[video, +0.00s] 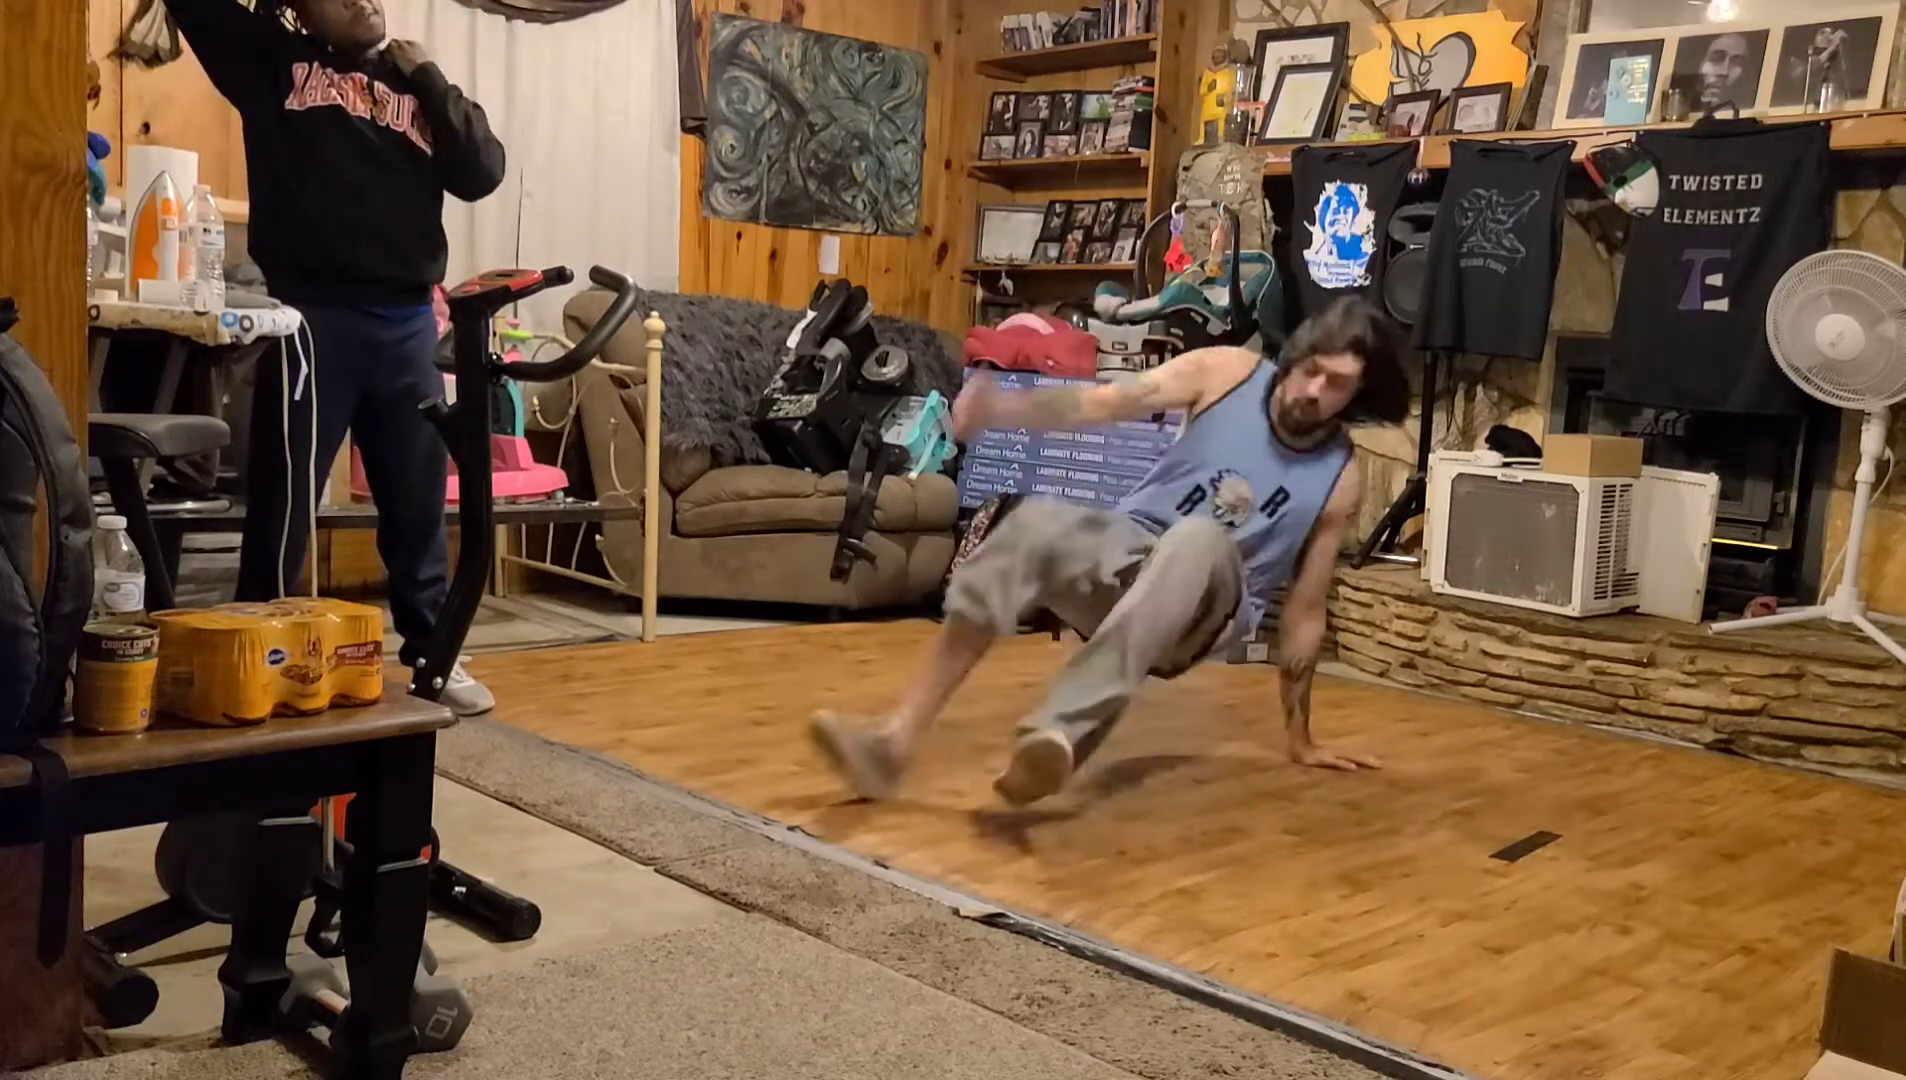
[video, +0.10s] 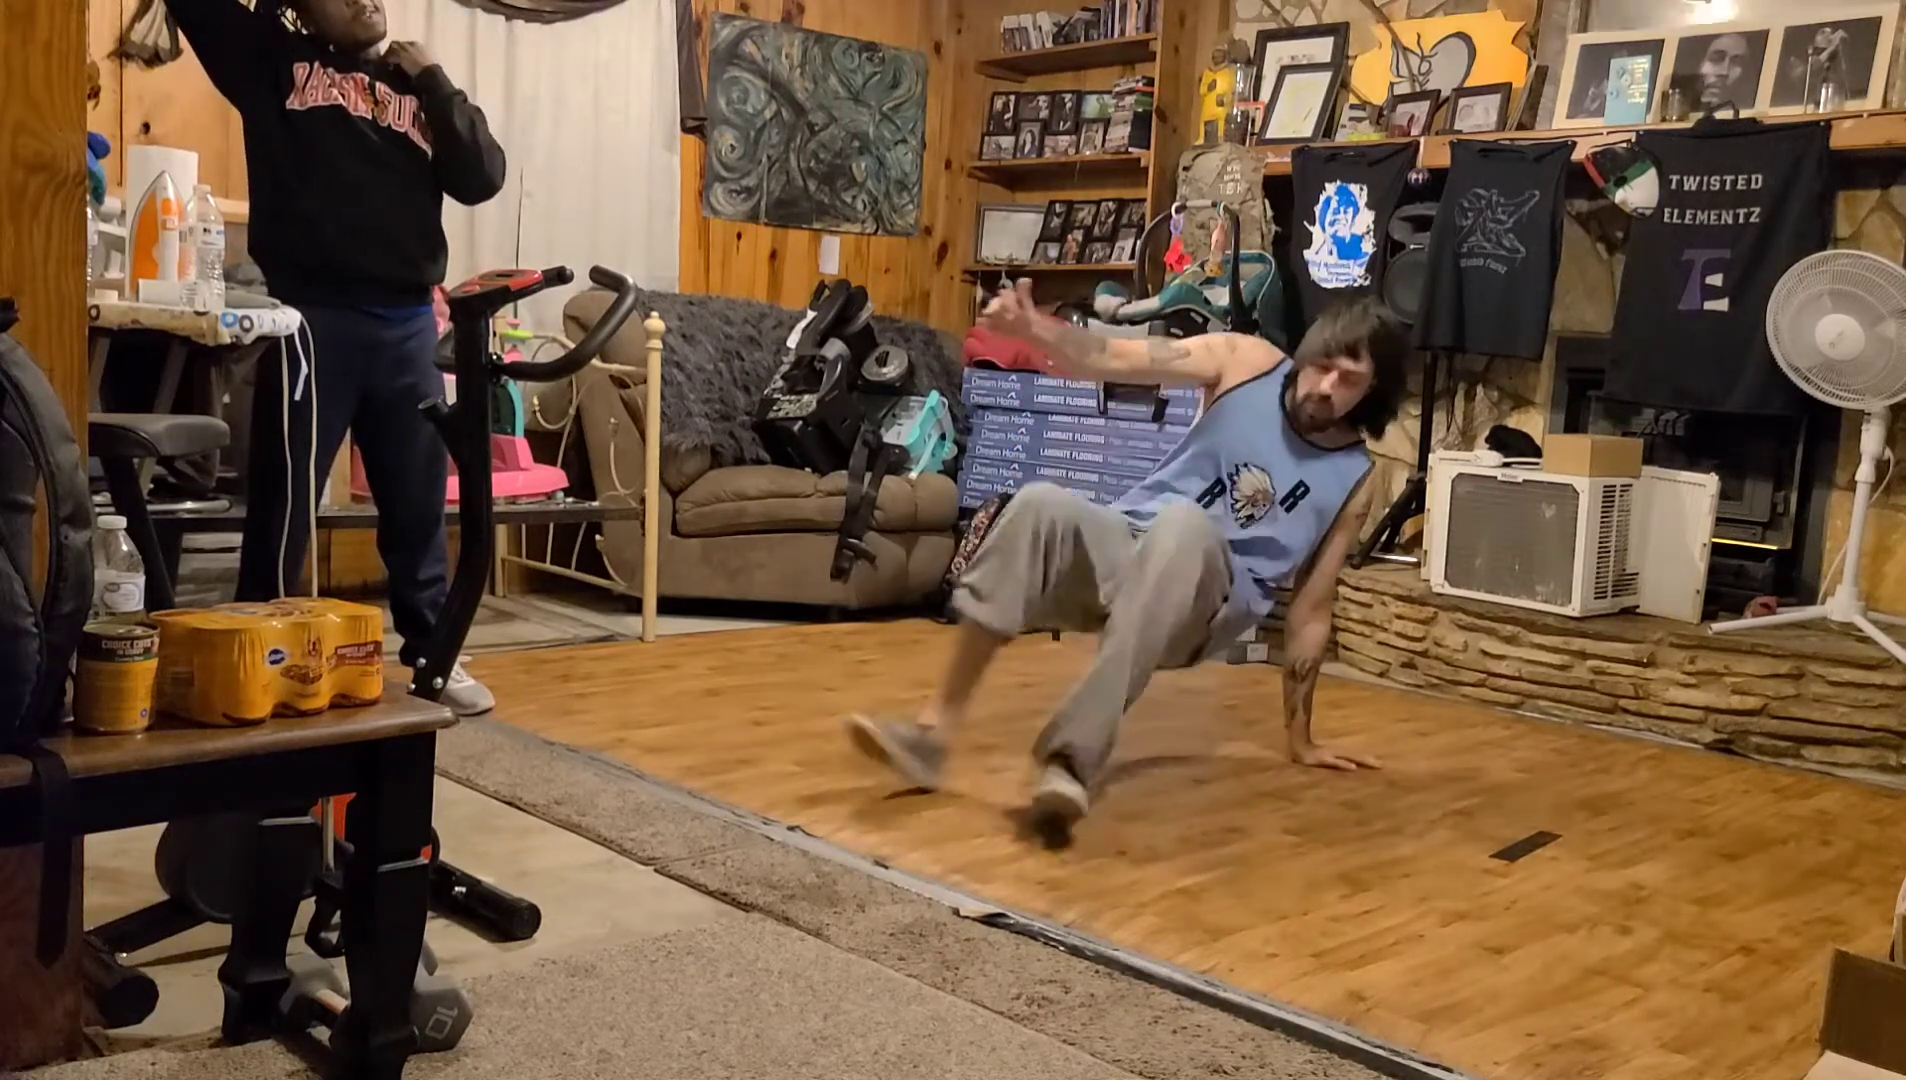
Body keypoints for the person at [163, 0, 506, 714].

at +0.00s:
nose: (366, 5)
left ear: (375, 7)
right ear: (300, 10)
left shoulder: (418, 84)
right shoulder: (270, 60)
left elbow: (481, 175)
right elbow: (191, 2)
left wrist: (429, 82)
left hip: (405, 323)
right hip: (308, 317)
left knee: (417, 502)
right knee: (284, 503)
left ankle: (434, 657)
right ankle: (259, 662)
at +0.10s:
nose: (366, 1)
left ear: (379, 6)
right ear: (300, 10)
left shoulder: (422, 87)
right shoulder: (271, 59)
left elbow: (481, 180)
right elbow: (192, 2)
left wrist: (432, 82)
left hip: (405, 323)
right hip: (308, 318)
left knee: (417, 503)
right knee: (284, 504)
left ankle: (434, 657)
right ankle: (258, 663)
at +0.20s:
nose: (368, 3)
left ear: (378, 6)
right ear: (304, 11)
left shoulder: (420, 85)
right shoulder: (271, 58)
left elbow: (481, 170)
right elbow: (194, 1)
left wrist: (438, 69)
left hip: (405, 322)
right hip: (308, 318)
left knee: (417, 502)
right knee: (284, 504)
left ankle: (433, 658)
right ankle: (260, 662)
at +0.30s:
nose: (370, 4)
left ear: (379, 9)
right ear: (306, 10)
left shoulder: (420, 84)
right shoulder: (271, 57)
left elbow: (486, 156)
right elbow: (195, 1)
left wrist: (434, 57)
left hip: (405, 322)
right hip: (309, 318)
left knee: (417, 502)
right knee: (284, 504)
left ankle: (432, 658)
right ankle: (259, 662)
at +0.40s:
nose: (360, 6)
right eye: (341, 0)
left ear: (373, 8)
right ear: (304, 10)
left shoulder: (420, 83)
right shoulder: (272, 56)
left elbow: (489, 154)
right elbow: (196, 2)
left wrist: (415, 62)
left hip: (405, 322)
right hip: (309, 318)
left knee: (416, 502)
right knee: (283, 504)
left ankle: (432, 659)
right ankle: (261, 663)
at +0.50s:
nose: (374, 2)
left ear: (383, 7)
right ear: (306, 8)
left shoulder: (418, 87)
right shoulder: (273, 58)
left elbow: (481, 180)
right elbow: (195, 0)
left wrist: (429, 85)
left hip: (405, 323)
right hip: (308, 319)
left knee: (416, 502)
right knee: (283, 503)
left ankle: (432, 658)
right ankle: (259, 663)